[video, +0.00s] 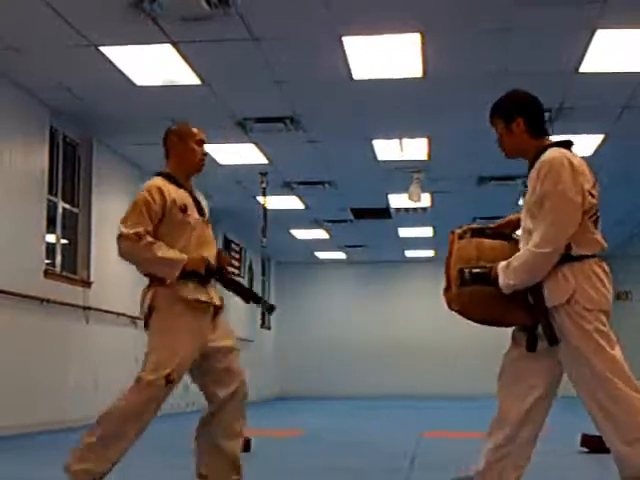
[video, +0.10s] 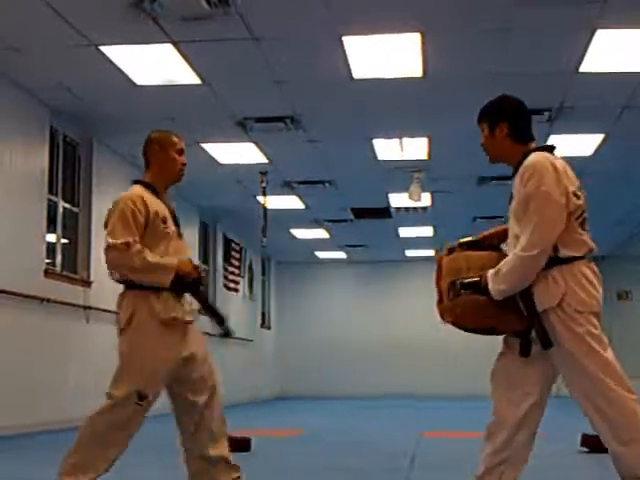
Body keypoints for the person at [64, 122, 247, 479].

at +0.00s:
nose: (204, 151)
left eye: (204, 145)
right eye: (198, 143)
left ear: (191, 150)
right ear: (174, 145)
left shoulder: (197, 200)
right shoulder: (157, 189)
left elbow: (191, 247)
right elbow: (130, 242)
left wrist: (218, 259)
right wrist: (185, 263)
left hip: (207, 306)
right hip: (176, 303)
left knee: (230, 391)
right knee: (153, 387)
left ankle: (219, 473)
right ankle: (84, 469)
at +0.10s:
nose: (184, 160)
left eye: (184, 154)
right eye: (177, 152)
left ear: (169, 160)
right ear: (153, 156)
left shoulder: (164, 208)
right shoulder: (133, 200)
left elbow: (160, 261)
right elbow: (120, 258)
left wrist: (186, 277)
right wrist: (175, 269)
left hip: (177, 311)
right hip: (148, 310)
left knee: (202, 397)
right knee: (129, 402)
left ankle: (215, 473)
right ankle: (76, 474)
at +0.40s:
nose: (113, 147)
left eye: (113, 140)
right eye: (107, 139)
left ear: (91, 144)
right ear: (85, 141)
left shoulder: (82, 183)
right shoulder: (77, 180)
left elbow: (82, 249)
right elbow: (104, 228)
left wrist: (118, 258)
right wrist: (159, 246)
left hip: (75, 291)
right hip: (68, 291)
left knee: (75, 381)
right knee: (77, 380)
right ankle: (68, 467)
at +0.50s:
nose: (91, 148)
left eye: (91, 142)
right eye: (86, 141)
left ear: (62, 145)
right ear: (63, 142)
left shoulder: (42, 185)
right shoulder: (59, 181)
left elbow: (52, 245)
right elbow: (80, 233)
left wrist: (97, 246)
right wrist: (133, 245)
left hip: (34, 292)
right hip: (52, 293)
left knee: (36, 386)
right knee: (61, 383)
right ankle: (67, 468)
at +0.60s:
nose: (72, 151)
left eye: (72, 145)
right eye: (68, 143)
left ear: (42, 145)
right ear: (45, 142)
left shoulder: (21, 184)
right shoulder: (41, 181)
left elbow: (30, 251)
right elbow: (53, 244)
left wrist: (74, 269)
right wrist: (95, 258)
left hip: (9, 289)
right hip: (24, 291)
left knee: (6, 374)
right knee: (45, 381)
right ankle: (64, 468)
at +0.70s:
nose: (53, 167)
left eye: (53, 160)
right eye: (49, 159)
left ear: (25, 160)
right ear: (27, 159)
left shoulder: (10, 196)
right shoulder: (19, 199)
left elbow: (21, 265)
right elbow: (23, 266)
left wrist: (53, 295)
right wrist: (61, 298)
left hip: (5, 305)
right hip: (4, 307)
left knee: (41, 379)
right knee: (46, 378)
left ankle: (51, 465)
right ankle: (53, 467)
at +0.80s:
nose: (42, 176)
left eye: (41, 170)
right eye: (37, 169)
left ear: (15, 170)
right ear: (16, 169)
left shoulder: (11, 210)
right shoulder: (10, 211)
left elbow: (11, 277)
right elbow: (10, 279)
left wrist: (33, 310)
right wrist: (42, 310)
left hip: (8, 325)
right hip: (4, 327)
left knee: (24, 391)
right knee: (35, 390)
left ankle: (14, 468)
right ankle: (15, 469)